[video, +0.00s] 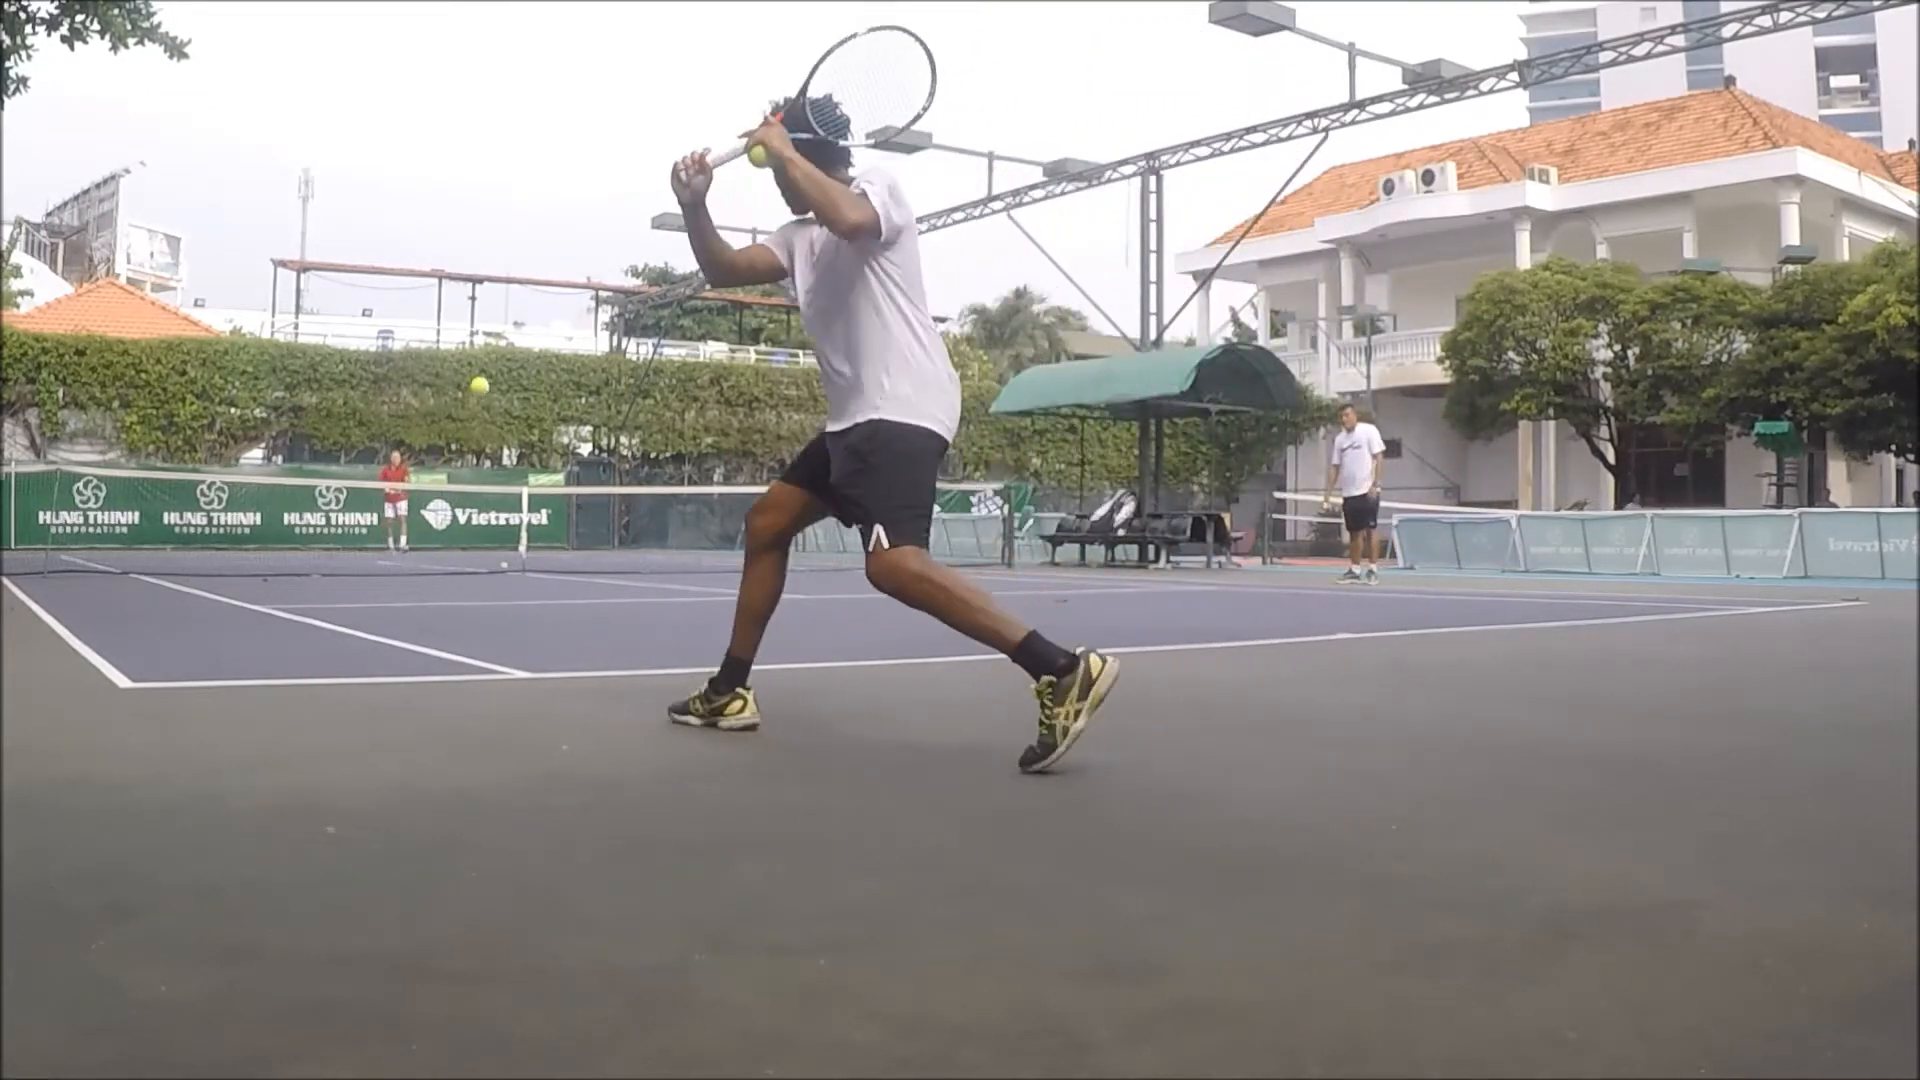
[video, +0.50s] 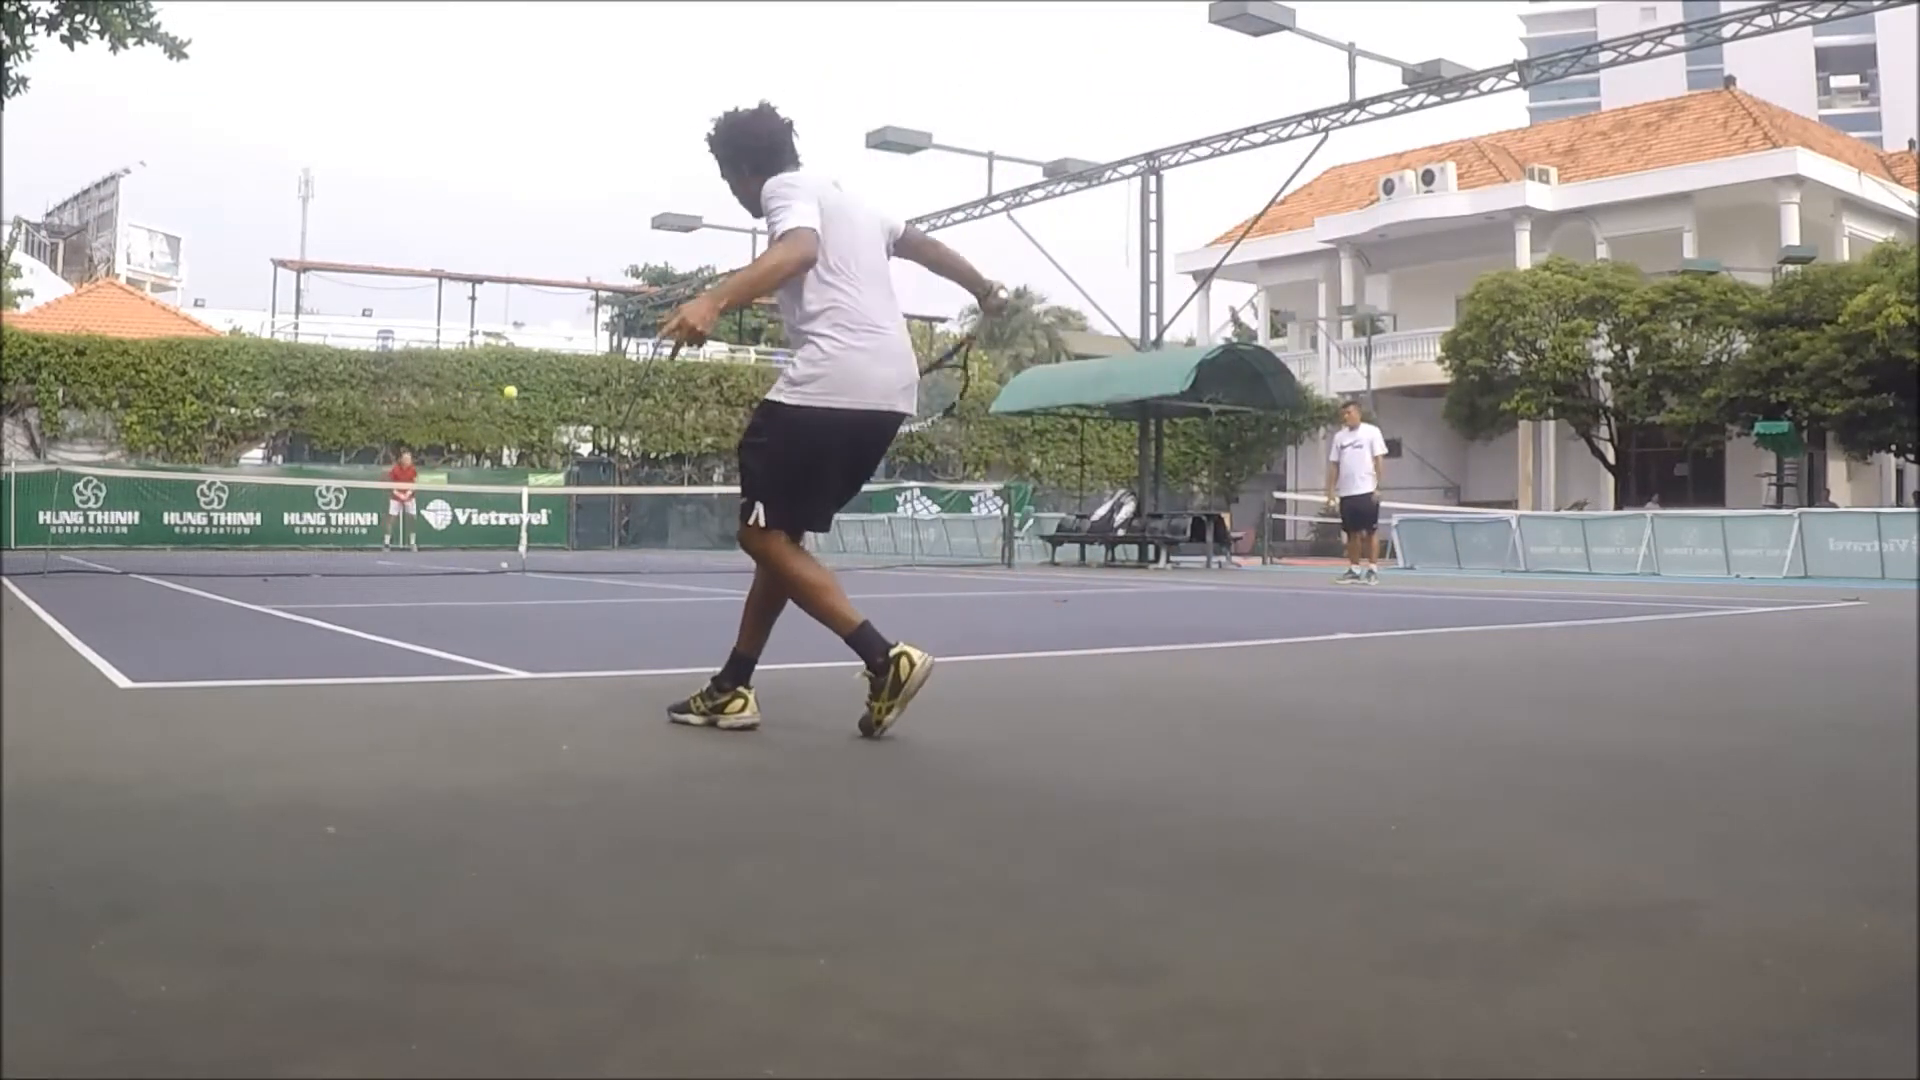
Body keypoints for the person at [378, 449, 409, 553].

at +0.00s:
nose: (396, 460)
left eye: (397, 457)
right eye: (394, 457)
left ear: (400, 459)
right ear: (390, 459)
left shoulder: (404, 469)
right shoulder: (385, 469)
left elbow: (406, 483)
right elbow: (381, 482)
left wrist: (399, 489)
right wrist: (388, 490)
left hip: (401, 498)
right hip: (389, 498)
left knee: (402, 518)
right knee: (389, 520)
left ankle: (403, 542)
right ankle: (390, 540)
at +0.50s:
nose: (407, 461)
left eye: (409, 458)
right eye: (405, 458)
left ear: (411, 460)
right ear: (400, 459)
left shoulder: (412, 470)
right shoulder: (395, 470)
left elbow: (414, 483)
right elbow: (391, 484)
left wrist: (407, 494)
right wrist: (399, 495)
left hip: (408, 494)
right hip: (396, 495)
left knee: (412, 517)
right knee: (392, 517)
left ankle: (412, 542)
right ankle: (387, 542)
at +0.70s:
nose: (416, 472)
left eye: (417, 469)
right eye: (414, 469)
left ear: (418, 471)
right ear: (409, 470)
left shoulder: (419, 482)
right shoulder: (400, 481)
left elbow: (419, 495)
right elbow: (395, 493)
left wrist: (415, 504)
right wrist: (404, 504)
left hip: (413, 508)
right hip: (401, 509)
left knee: (422, 527)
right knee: (395, 528)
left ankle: (421, 544)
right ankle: (386, 543)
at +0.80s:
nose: (420, 472)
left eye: (422, 470)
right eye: (419, 469)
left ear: (422, 471)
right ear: (414, 470)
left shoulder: (423, 481)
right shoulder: (407, 480)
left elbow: (424, 494)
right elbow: (402, 494)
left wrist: (420, 503)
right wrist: (410, 505)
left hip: (417, 507)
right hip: (406, 507)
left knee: (424, 526)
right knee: (402, 526)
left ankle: (421, 545)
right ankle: (390, 541)